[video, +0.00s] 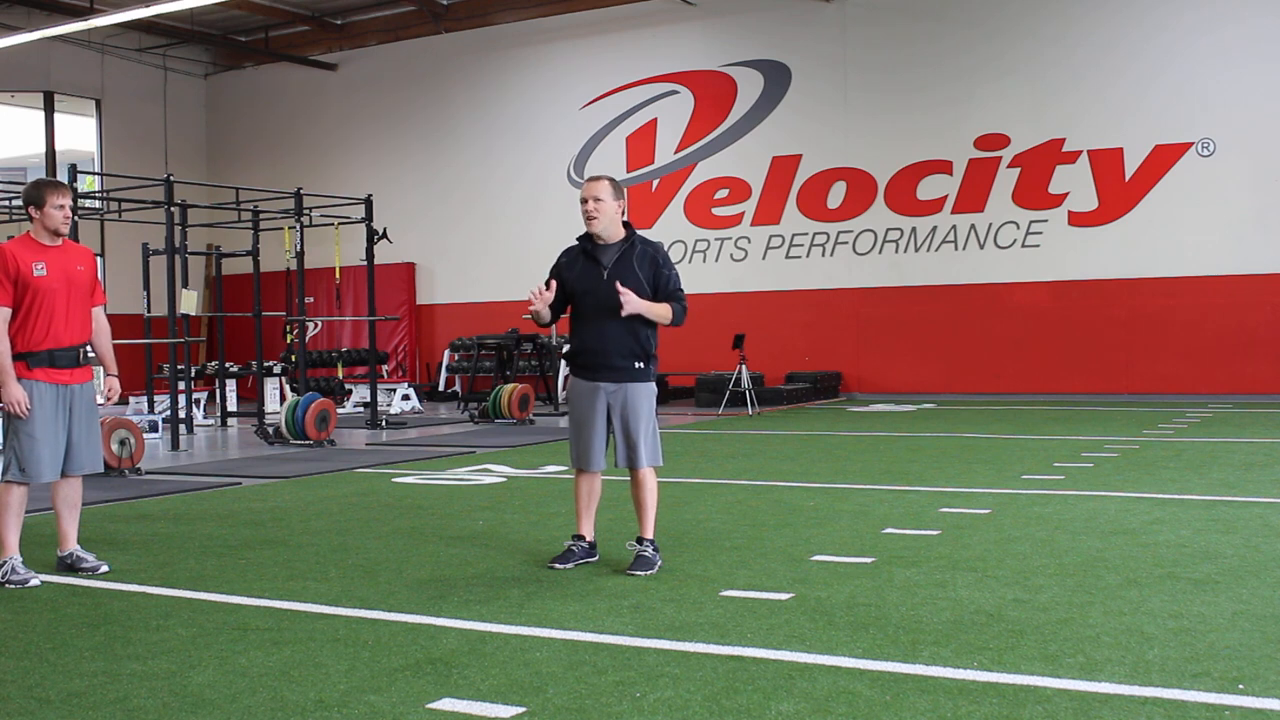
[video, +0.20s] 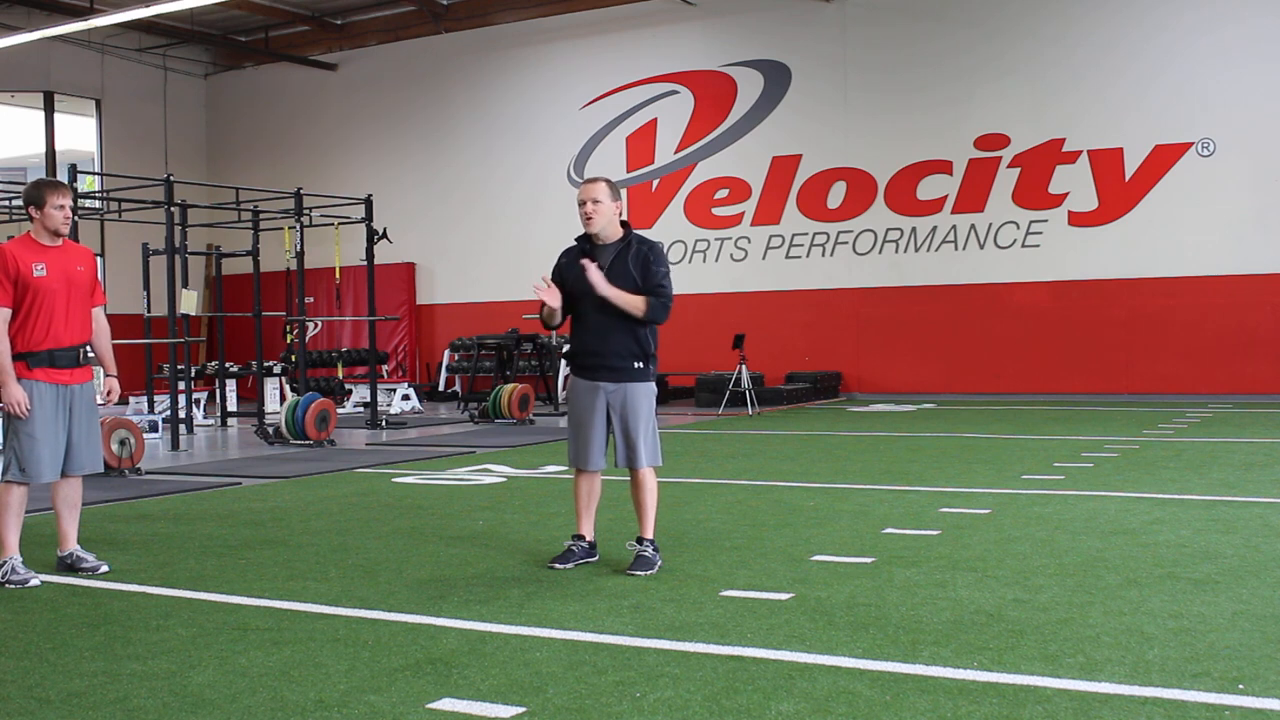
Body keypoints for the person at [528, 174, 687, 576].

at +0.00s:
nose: (588, 207)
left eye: (596, 200)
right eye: (584, 202)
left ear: (620, 205)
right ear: (582, 208)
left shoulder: (651, 255)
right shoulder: (570, 259)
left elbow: (678, 312)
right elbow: (547, 318)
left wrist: (641, 306)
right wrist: (540, 309)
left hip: (635, 380)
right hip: (584, 379)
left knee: (641, 463)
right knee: (586, 463)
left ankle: (647, 544)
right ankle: (584, 542)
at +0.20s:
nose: (586, 209)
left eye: (594, 202)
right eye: (582, 204)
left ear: (618, 206)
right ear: (579, 211)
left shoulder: (648, 253)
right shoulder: (571, 258)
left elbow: (659, 311)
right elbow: (551, 323)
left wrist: (605, 288)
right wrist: (553, 308)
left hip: (634, 379)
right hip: (585, 377)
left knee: (641, 462)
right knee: (586, 461)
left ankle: (646, 544)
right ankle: (584, 541)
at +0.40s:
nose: (582, 214)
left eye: (590, 206)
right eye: (578, 207)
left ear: (614, 209)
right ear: (575, 213)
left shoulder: (646, 253)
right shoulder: (571, 260)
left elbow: (648, 311)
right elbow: (554, 323)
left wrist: (588, 306)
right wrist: (559, 310)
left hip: (634, 379)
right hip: (586, 378)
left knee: (641, 462)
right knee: (586, 462)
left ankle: (646, 544)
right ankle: (584, 541)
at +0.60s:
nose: (586, 208)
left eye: (594, 201)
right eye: (582, 201)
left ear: (619, 205)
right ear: (579, 207)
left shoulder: (649, 253)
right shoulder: (571, 258)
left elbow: (670, 307)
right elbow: (550, 316)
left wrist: (619, 285)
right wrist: (556, 317)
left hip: (635, 378)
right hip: (585, 378)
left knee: (641, 463)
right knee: (587, 463)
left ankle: (647, 544)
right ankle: (584, 542)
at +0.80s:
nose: (589, 202)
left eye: (598, 196)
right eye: (587, 196)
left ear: (622, 203)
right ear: (584, 203)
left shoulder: (649, 252)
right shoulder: (570, 258)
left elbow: (681, 312)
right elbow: (552, 309)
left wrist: (687, 301)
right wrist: (555, 318)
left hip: (636, 377)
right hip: (586, 377)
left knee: (642, 462)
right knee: (587, 463)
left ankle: (647, 545)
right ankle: (583, 542)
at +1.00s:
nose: (592, 202)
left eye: (601, 196)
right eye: (590, 196)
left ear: (625, 203)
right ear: (587, 204)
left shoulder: (653, 254)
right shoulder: (572, 258)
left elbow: (677, 304)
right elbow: (554, 310)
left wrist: (686, 311)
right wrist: (560, 319)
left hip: (639, 379)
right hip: (589, 378)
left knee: (643, 463)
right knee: (587, 463)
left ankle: (647, 545)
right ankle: (583, 541)